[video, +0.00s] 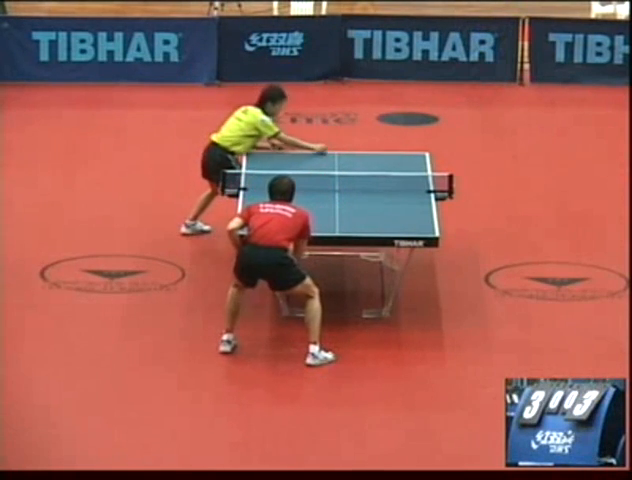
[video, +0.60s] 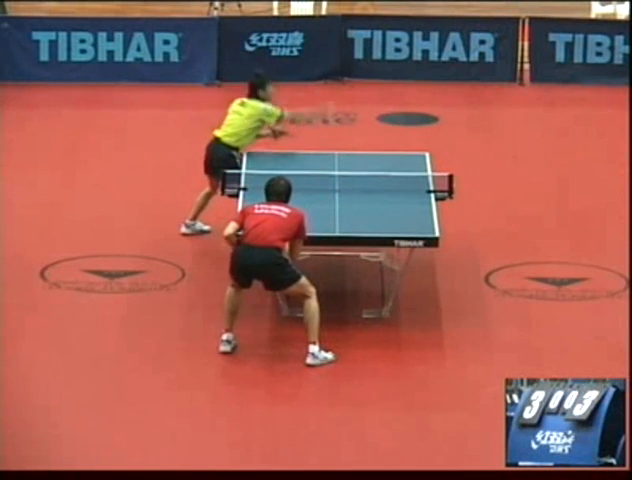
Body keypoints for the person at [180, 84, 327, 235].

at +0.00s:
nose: (281, 110)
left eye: (282, 106)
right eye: (280, 106)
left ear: (264, 102)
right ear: (270, 104)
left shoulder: (245, 110)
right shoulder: (260, 119)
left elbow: (246, 142)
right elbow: (284, 140)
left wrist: (269, 145)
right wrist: (313, 147)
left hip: (213, 149)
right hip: (224, 155)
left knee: (214, 190)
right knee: (245, 191)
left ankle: (191, 222)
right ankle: (244, 227)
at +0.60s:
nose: (272, 91)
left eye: (271, 88)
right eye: (269, 88)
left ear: (253, 90)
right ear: (260, 91)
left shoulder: (238, 103)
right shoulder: (261, 108)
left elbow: (246, 132)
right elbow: (289, 117)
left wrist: (269, 134)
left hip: (215, 144)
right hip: (229, 151)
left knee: (212, 188)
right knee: (241, 190)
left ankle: (191, 221)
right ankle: (244, 227)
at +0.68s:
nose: (267, 85)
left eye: (265, 81)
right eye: (263, 82)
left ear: (247, 86)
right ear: (254, 86)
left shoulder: (234, 100)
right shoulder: (257, 102)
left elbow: (244, 129)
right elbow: (288, 96)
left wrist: (269, 126)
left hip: (213, 144)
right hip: (228, 149)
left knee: (211, 187)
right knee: (244, 188)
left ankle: (191, 222)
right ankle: (245, 227)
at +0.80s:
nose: (256, 76)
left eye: (254, 72)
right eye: (252, 73)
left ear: (238, 79)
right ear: (243, 78)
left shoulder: (228, 96)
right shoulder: (247, 93)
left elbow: (240, 125)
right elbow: (275, 76)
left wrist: (265, 116)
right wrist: (297, 57)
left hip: (211, 142)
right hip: (225, 146)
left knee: (210, 185)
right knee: (246, 183)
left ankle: (191, 221)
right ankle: (248, 224)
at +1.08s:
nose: (244, 67)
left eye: (242, 63)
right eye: (240, 64)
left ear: (228, 70)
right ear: (231, 69)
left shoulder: (218, 89)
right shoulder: (234, 84)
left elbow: (225, 122)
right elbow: (263, 77)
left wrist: (251, 116)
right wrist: (288, 64)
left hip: (205, 135)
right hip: (218, 138)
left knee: (205, 183)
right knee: (235, 180)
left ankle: (190, 221)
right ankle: (242, 223)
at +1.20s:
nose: (248, 67)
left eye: (246, 63)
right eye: (244, 64)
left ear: (231, 70)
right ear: (234, 69)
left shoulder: (217, 90)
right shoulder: (234, 83)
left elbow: (212, 114)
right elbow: (252, 90)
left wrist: (237, 125)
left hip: (205, 133)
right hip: (219, 135)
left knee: (204, 181)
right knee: (235, 176)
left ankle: (191, 221)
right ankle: (241, 219)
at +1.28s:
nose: (253, 68)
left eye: (251, 65)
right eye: (249, 65)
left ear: (235, 71)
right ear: (239, 70)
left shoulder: (221, 89)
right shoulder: (241, 86)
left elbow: (198, 111)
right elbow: (251, 102)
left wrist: (219, 122)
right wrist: (265, 118)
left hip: (206, 133)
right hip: (222, 136)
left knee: (204, 180)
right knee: (236, 176)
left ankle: (191, 221)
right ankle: (240, 220)